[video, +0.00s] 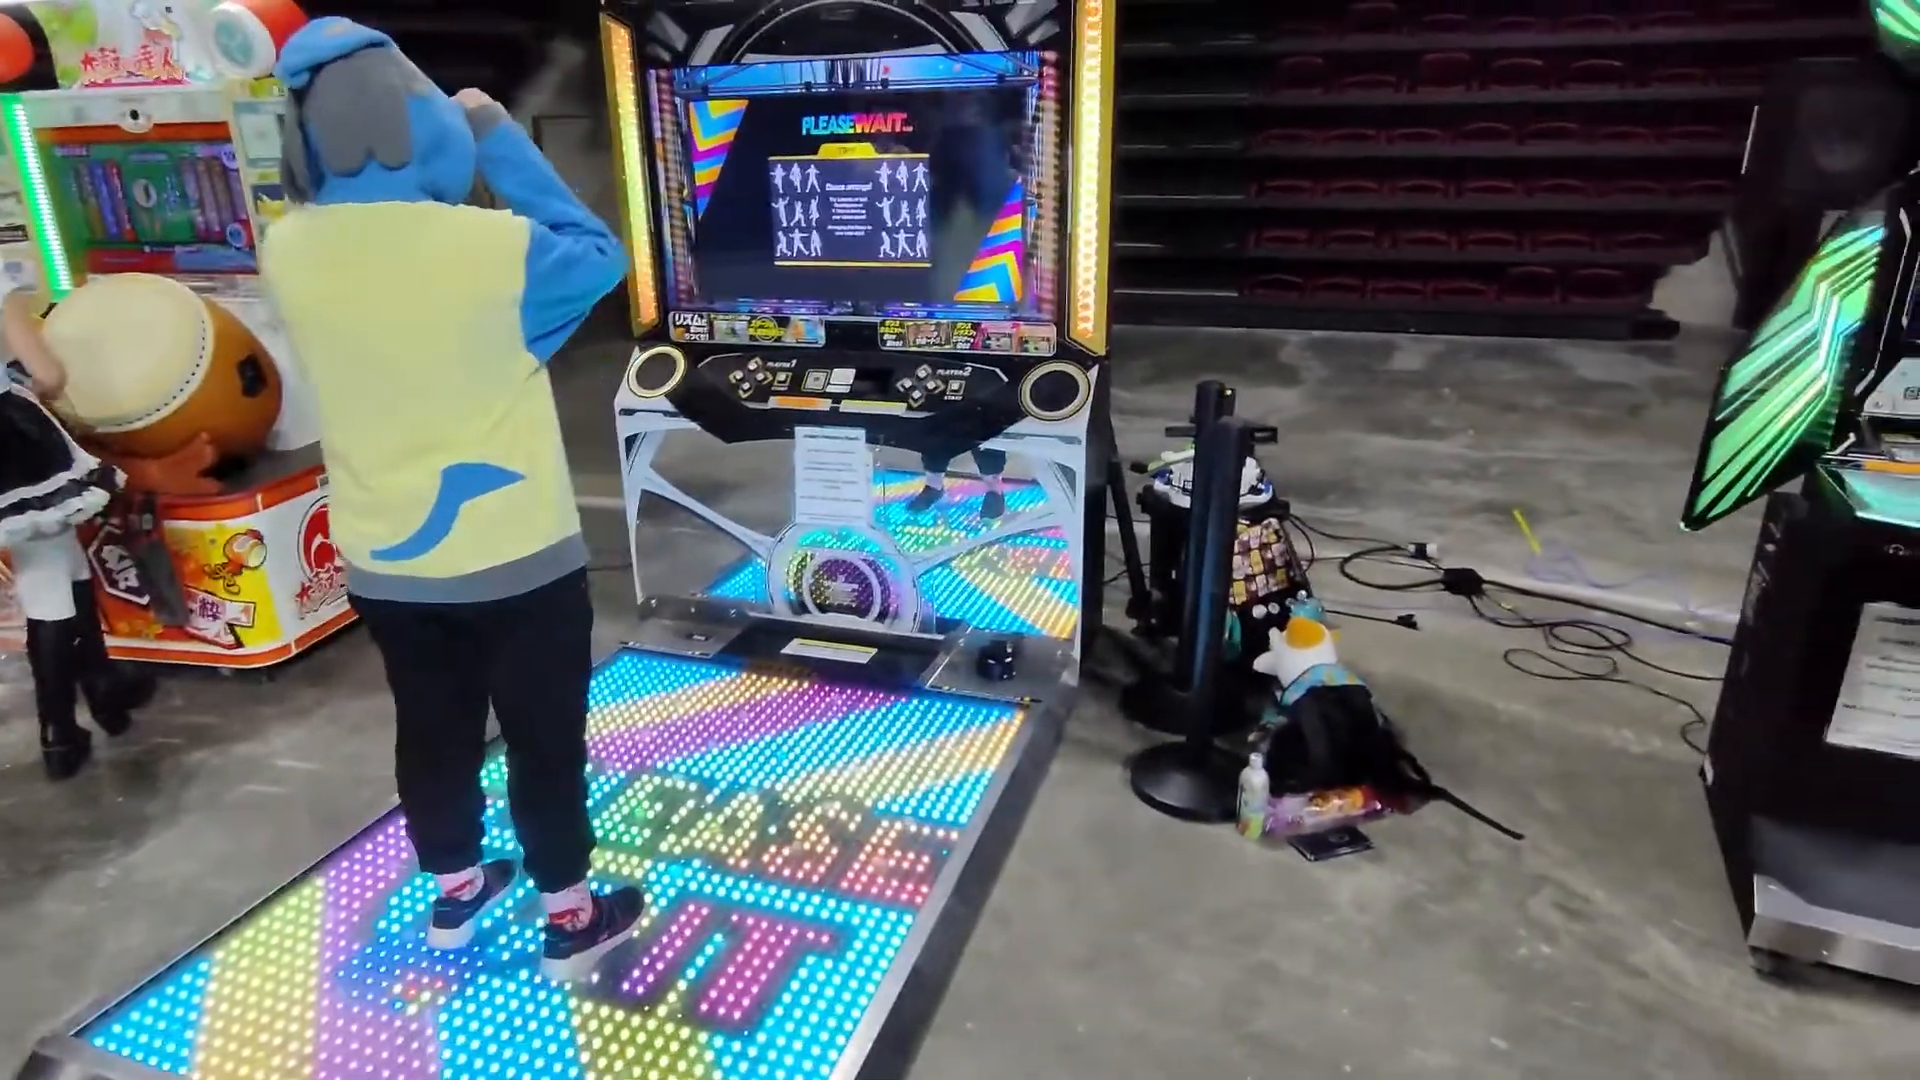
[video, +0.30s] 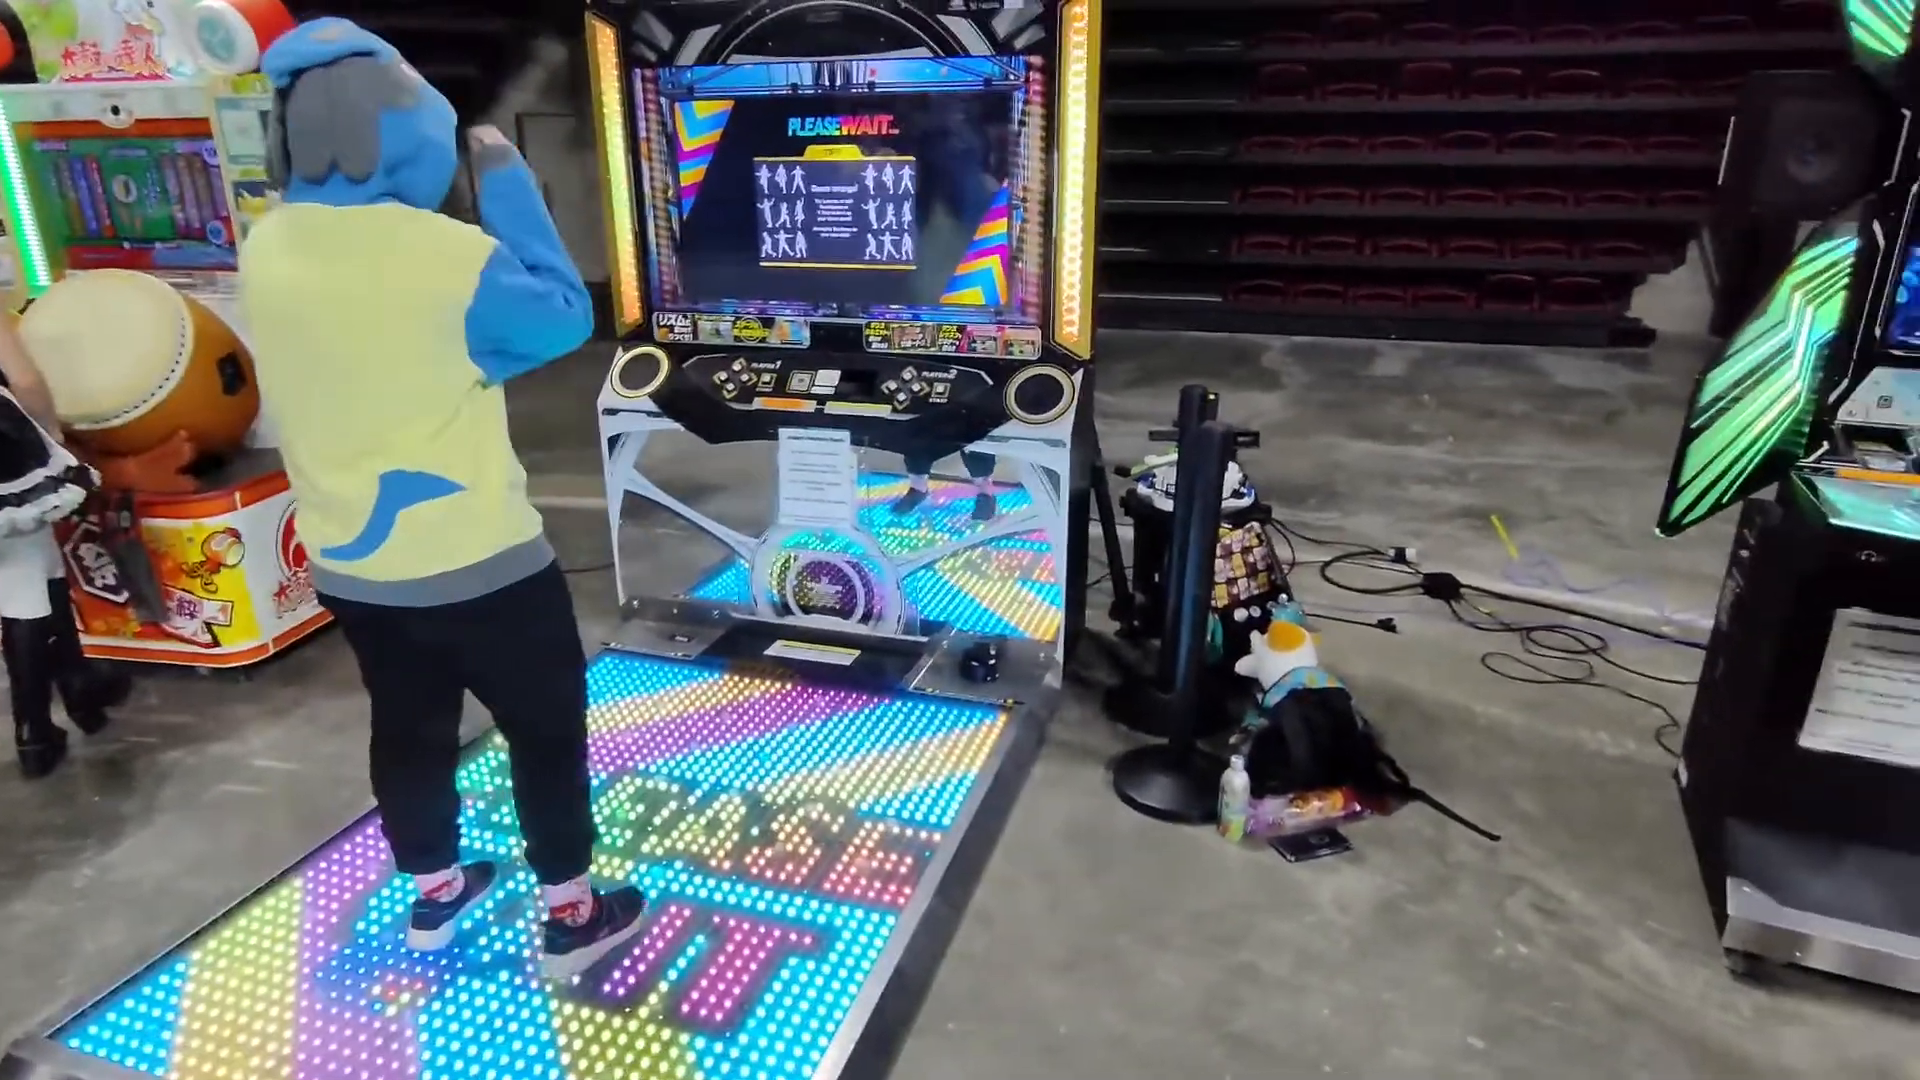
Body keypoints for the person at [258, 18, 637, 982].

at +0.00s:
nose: (430, 120)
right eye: (424, 109)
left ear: (317, 150)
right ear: (425, 130)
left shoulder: (291, 255)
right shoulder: (490, 252)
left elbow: (317, 206)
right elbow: (592, 254)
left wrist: (311, 110)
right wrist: (504, 142)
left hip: (387, 565)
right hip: (517, 555)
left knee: (431, 721)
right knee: (544, 731)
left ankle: (454, 879)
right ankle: (568, 906)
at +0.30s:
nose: (437, 141)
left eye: (430, 123)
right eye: (425, 124)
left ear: (305, 143)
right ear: (396, 136)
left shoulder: (264, 252)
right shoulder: (441, 258)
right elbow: (560, 310)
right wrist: (508, 180)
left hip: (352, 573)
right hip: (479, 566)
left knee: (408, 720)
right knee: (545, 727)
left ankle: (432, 882)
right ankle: (569, 911)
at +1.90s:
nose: (550, 158)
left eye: (545, 135)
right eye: (538, 135)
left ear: (419, 131)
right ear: (495, 134)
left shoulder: (366, 231)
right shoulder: (534, 268)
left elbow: (313, 287)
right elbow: (614, 446)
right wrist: (642, 577)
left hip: (418, 569)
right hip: (535, 574)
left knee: (472, 701)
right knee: (585, 729)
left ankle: (459, 864)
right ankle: (587, 905)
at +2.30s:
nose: (485, 163)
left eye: (481, 142)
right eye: (471, 144)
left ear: (368, 148)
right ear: (421, 145)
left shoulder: (322, 258)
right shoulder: (461, 275)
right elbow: (607, 396)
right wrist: (776, 465)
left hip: (379, 584)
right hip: (487, 587)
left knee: (459, 709)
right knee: (563, 743)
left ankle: (448, 879)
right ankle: (568, 932)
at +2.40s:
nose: (473, 155)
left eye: (468, 136)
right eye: (458, 136)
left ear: (351, 147)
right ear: (410, 141)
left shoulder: (305, 261)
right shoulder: (457, 272)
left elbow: (309, 422)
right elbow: (596, 396)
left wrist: (299, 549)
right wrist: (772, 435)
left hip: (371, 586)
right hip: (484, 589)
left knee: (444, 713)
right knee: (548, 750)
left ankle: (428, 885)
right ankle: (561, 940)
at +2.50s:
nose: (448, 159)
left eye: (439, 140)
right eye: (432, 142)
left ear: (324, 160)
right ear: (393, 151)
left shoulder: (280, 268)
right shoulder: (449, 283)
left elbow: (249, 417)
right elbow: (585, 424)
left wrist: (224, 518)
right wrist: (751, 451)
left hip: (351, 599)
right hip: (475, 594)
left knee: (426, 720)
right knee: (542, 750)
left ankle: (422, 897)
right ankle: (558, 933)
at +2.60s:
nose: (443, 156)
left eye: (433, 136)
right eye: (428, 137)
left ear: (311, 159)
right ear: (393, 149)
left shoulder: (258, 272)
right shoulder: (437, 285)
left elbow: (196, 446)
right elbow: (558, 438)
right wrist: (724, 472)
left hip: (337, 599)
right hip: (469, 593)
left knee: (417, 721)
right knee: (533, 754)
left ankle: (423, 897)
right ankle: (551, 930)